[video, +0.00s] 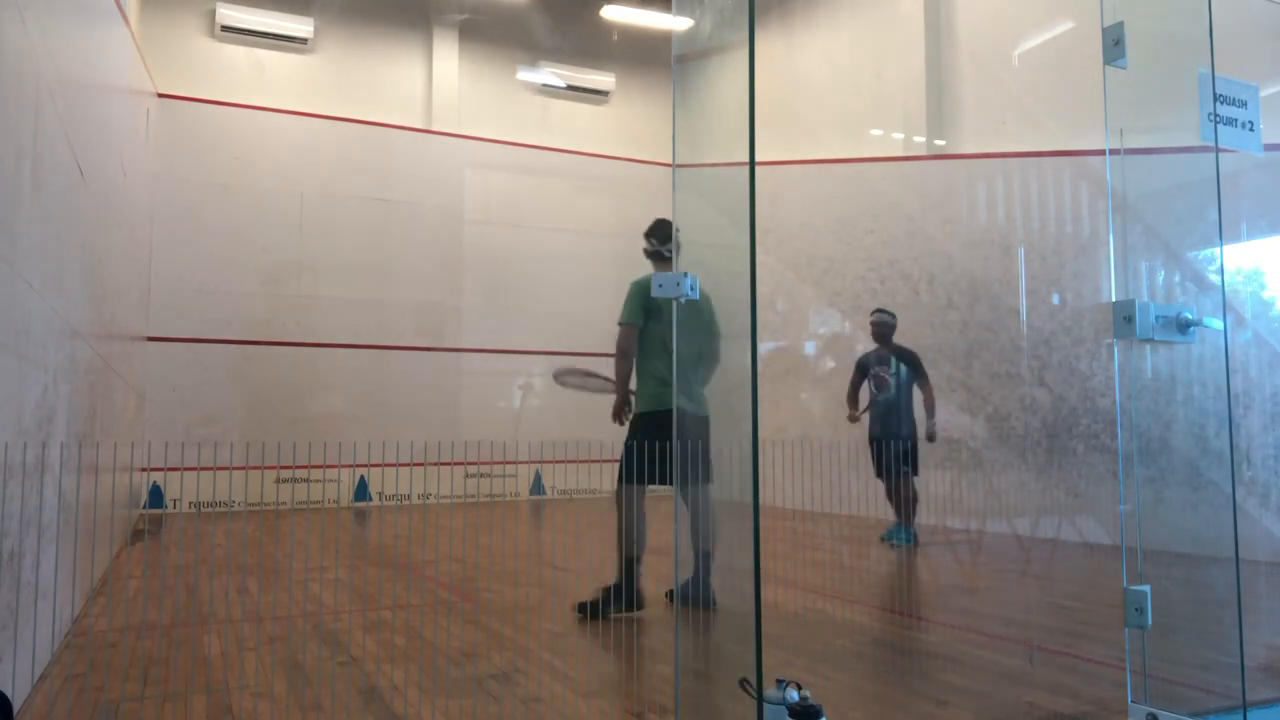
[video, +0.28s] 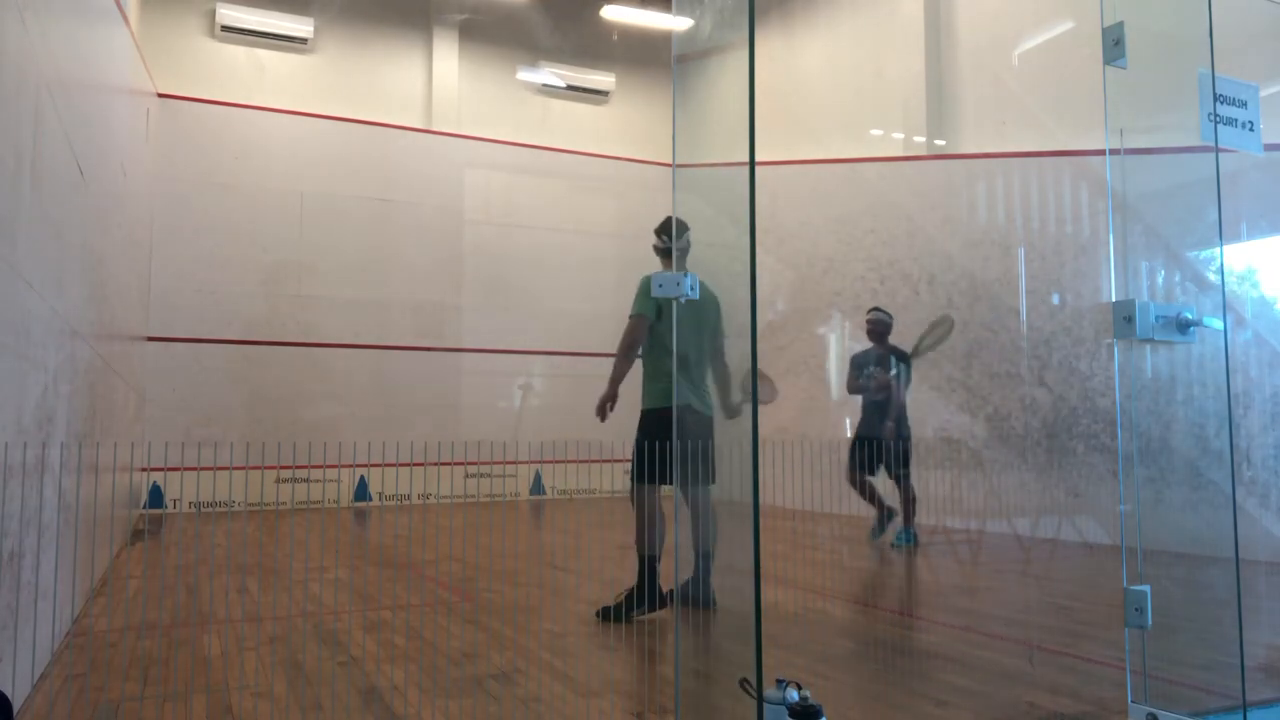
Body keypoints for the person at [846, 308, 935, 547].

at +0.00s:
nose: (876, 330)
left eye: (881, 325)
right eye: (873, 325)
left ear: (893, 328)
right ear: (870, 328)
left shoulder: (908, 357)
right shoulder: (866, 360)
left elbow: (926, 389)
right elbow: (853, 389)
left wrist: (930, 421)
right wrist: (853, 410)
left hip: (903, 427)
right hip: (879, 428)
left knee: (904, 479)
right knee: (889, 481)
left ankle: (909, 528)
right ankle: (900, 523)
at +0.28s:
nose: (871, 328)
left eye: (877, 324)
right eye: (869, 324)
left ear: (889, 327)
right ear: (865, 327)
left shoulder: (900, 357)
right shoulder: (859, 358)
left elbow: (899, 392)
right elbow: (851, 387)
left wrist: (891, 421)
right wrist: (874, 385)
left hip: (895, 424)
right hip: (869, 423)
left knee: (901, 479)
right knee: (855, 476)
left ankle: (908, 528)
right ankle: (883, 510)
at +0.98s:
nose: (774, 339)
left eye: (779, 335)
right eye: (774, 334)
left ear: (793, 336)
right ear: (784, 339)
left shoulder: (810, 362)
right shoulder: (785, 370)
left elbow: (812, 398)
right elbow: (765, 397)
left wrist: (807, 429)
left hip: (822, 429)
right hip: (801, 430)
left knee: (821, 484)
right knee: (792, 478)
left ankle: (863, 509)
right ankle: (797, 533)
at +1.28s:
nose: (740, 324)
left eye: (745, 321)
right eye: (742, 320)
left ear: (755, 327)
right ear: (762, 328)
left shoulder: (762, 351)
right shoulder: (772, 350)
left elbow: (791, 379)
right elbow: (792, 380)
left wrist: (816, 401)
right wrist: (816, 401)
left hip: (777, 427)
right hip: (781, 426)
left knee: (757, 476)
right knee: (784, 479)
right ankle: (797, 532)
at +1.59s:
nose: (706, 325)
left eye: (711, 321)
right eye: (707, 321)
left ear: (725, 326)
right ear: (730, 328)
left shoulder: (717, 355)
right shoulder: (748, 353)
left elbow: (710, 390)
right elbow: (767, 386)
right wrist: (773, 414)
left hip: (730, 431)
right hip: (754, 430)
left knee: (702, 478)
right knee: (764, 481)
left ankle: (707, 540)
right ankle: (790, 528)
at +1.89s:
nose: (687, 313)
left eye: (692, 309)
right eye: (688, 308)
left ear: (704, 313)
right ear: (714, 314)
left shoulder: (694, 343)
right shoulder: (728, 343)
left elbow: (692, 387)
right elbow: (730, 384)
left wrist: (683, 423)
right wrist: (720, 411)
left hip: (698, 425)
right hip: (726, 424)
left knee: (691, 481)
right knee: (722, 481)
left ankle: (706, 536)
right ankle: (715, 535)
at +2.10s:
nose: (678, 319)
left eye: (681, 314)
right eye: (680, 313)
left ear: (687, 317)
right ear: (707, 318)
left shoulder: (685, 341)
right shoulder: (722, 346)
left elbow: (689, 369)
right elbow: (731, 387)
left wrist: (693, 401)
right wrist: (724, 414)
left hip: (689, 423)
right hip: (718, 426)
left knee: (657, 473)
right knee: (712, 485)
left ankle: (675, 529)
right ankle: (705, 546)